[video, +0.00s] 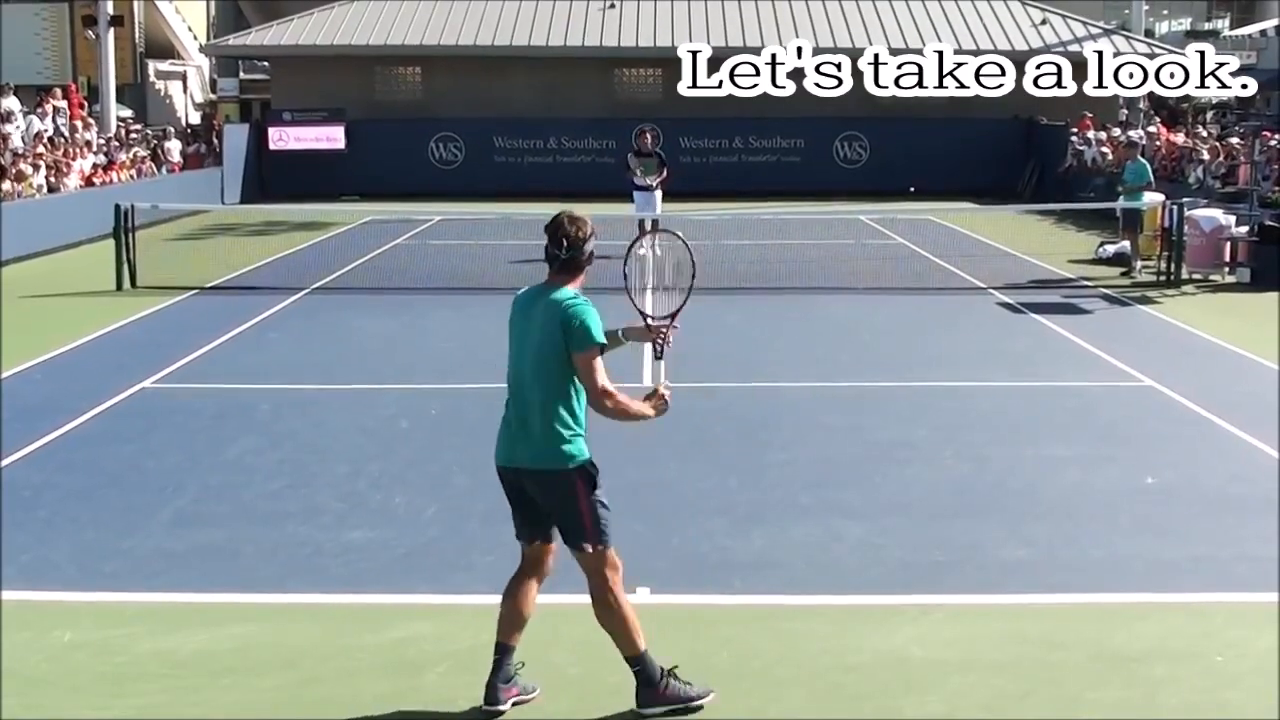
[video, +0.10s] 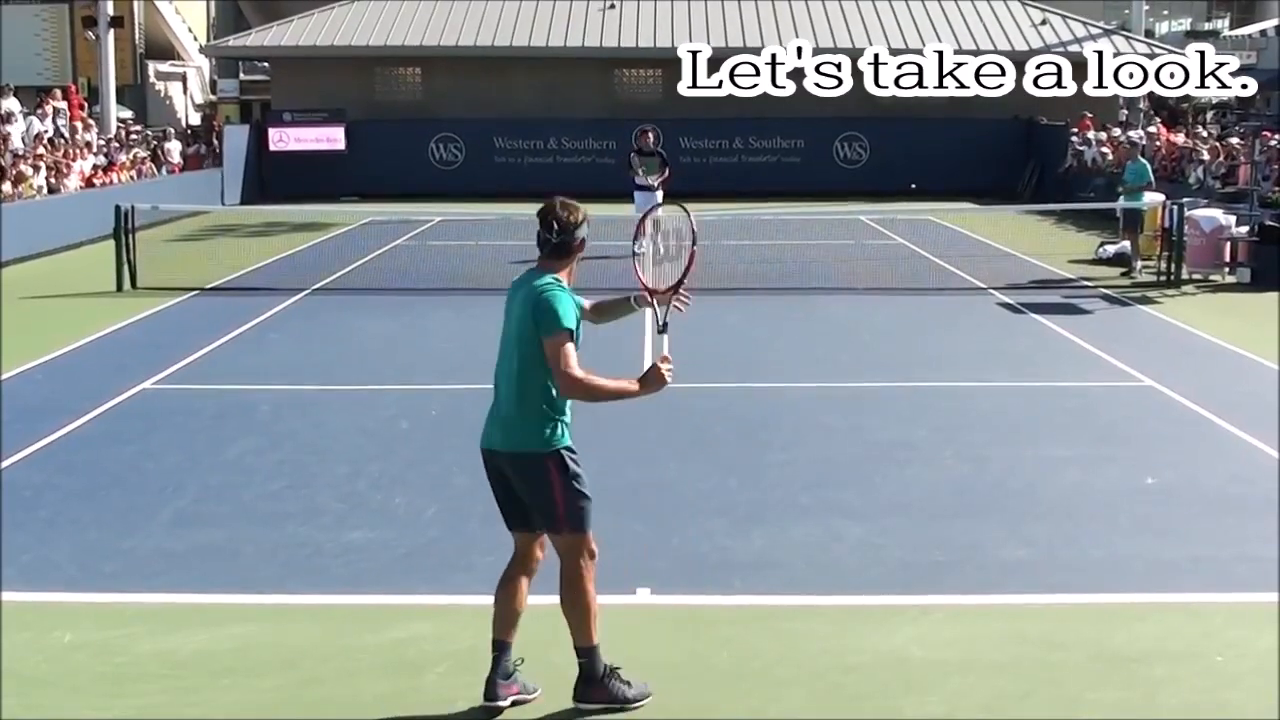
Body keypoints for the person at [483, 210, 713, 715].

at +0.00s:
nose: (592, 258)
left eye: (587, 250)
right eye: (592, 251)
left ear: (547, 253)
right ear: (589, 257)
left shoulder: (523, 302)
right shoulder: (578, 313)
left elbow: (568, 349)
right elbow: (602, 397)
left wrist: (633, 333)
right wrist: (648, 407)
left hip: (513, 457)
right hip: (560, 460)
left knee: (536, 558)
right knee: (604, 569)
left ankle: (500, 680)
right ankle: (652, 682)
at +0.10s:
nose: (586, 247)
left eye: (582, 240)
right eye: (586, 240)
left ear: (541, 241)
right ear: (580, 246)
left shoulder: (526, 286)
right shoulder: (555, 298)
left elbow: (593, 311)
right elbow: (569, 381)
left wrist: (646, 299)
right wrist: (639, 386)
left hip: (501, 446)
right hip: (541, 448)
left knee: (527, 551)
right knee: (580, 553)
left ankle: (500, 675)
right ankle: (593, 677)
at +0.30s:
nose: (577, 250)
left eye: (572, 244)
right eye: (576, 244)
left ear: (531, 242)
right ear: (570, 249)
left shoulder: (540, 283)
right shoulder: (527, 294)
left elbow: (606, 280)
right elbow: (503, 367)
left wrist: (674, 265)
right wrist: (579, 374)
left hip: (482, 442)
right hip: (517, 448)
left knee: (491, 551)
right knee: (536, 563)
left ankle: (437, 661)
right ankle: (522, 687)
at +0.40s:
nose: (570, 257)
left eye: (567, 251)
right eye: (569, 250)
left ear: (526, 247)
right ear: (561, 254)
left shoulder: (541, 289)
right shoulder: (508, 301)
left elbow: (603, 289)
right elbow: (482, 373)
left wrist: (676, 287)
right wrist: (543, 399)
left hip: (469, 444)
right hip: (500, 451)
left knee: (474, 546)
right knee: (531, 561)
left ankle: (404, 647)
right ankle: (521, 687)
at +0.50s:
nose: (559, 261)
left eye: (556, 254)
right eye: (558, 253)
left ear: (515, 250)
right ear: (549, 258)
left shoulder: (524, 292)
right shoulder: (494, 304)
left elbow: (587, 301)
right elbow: (471, 380)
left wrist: (658, 310)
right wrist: (517, 433)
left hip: (448, 443)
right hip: (481, 449)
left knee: (448, 548)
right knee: (520, 558)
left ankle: (393, 661)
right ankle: (519, 687)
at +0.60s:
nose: (541, 267)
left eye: (540, 260)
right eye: (541, 260)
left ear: (497, 254)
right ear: (533, 263)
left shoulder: (477, 289)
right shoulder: (488, 311)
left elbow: (541, 308)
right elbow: (479, 397)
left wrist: (604, 325)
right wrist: (508, 465)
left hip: (424, 445)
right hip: (464, 452)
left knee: (420, 553)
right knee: (512, 557)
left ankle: (381, 669)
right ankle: (519, 687)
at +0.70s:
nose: (519, 266)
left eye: (521, 258)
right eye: (520, 258)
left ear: (475, 249)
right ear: (508, 258)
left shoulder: (438, 275)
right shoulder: (489, 311)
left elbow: (460, 314)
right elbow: (521, 401)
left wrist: (504, 329)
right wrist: (570, 461)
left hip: (409, 439)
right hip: (461, 448)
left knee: (400, 552)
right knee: (500, 559)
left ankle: (378, 672)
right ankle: (517, 685)